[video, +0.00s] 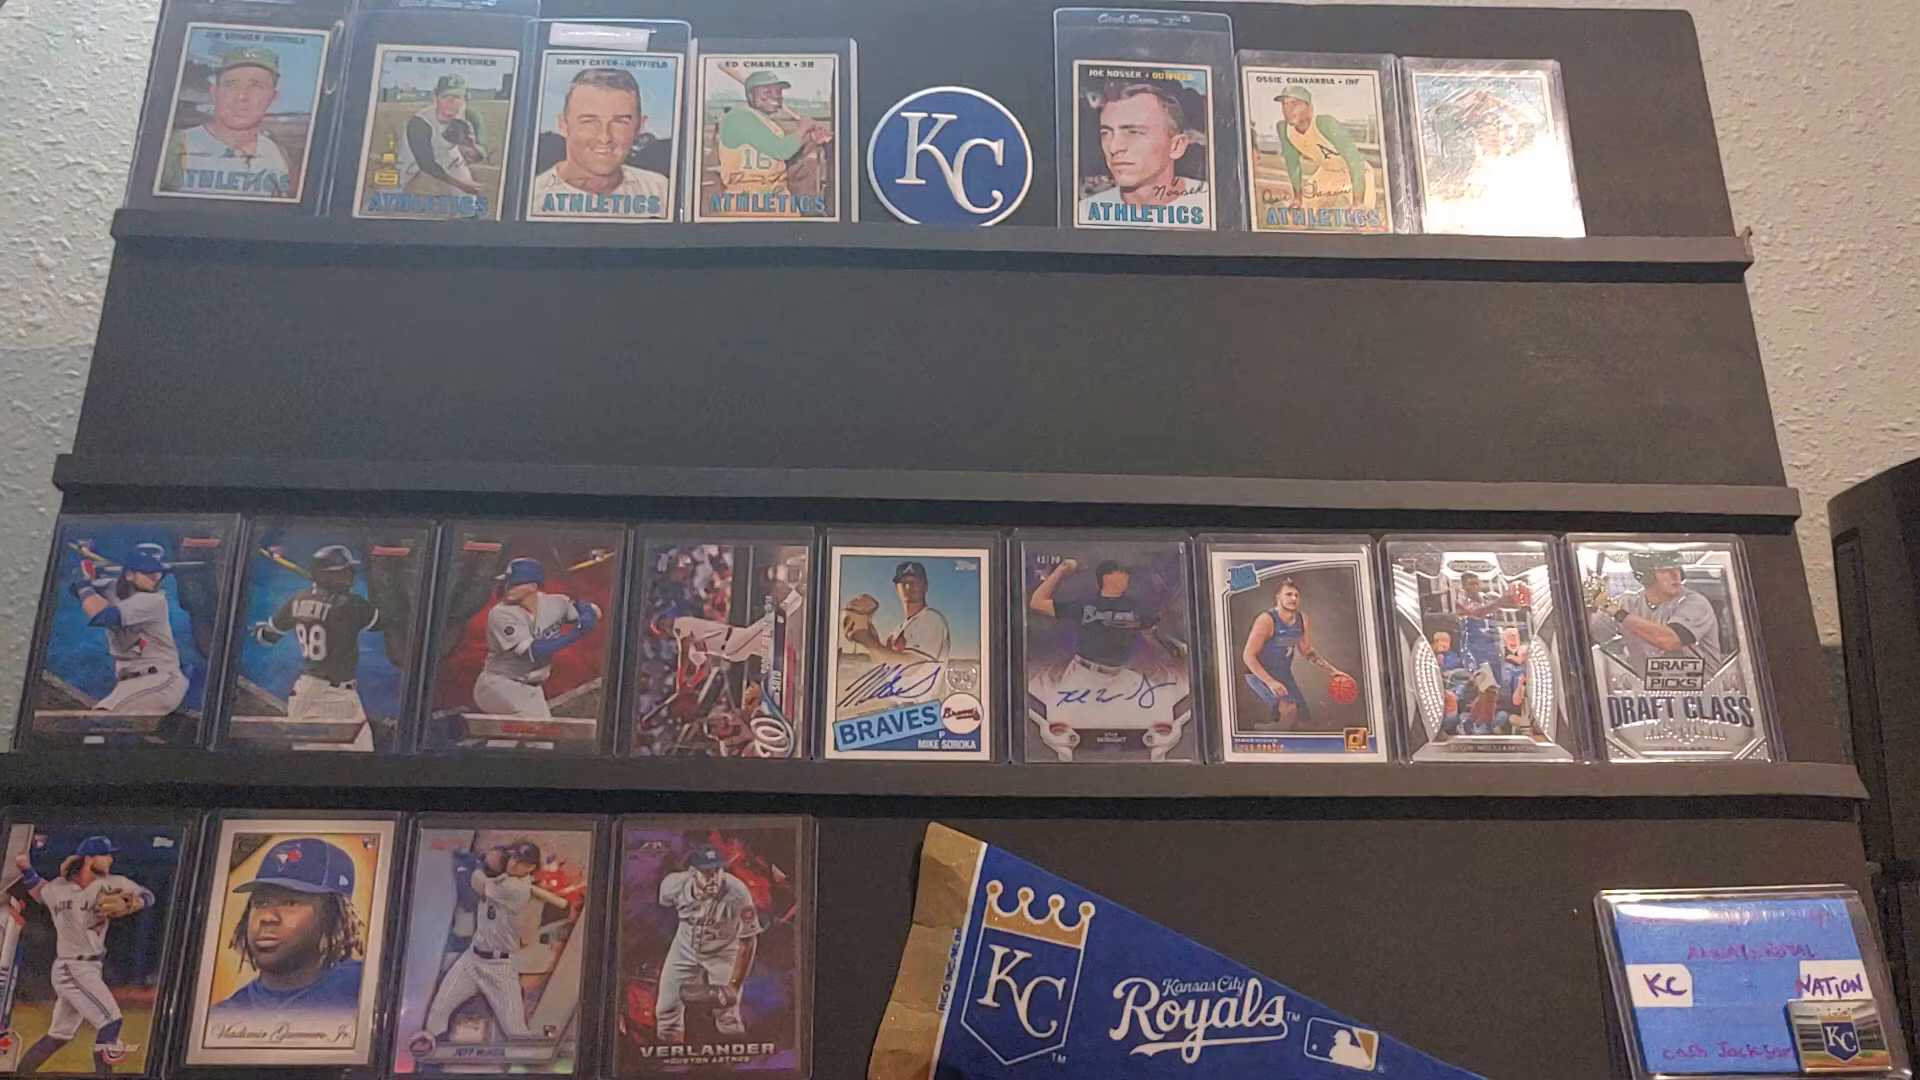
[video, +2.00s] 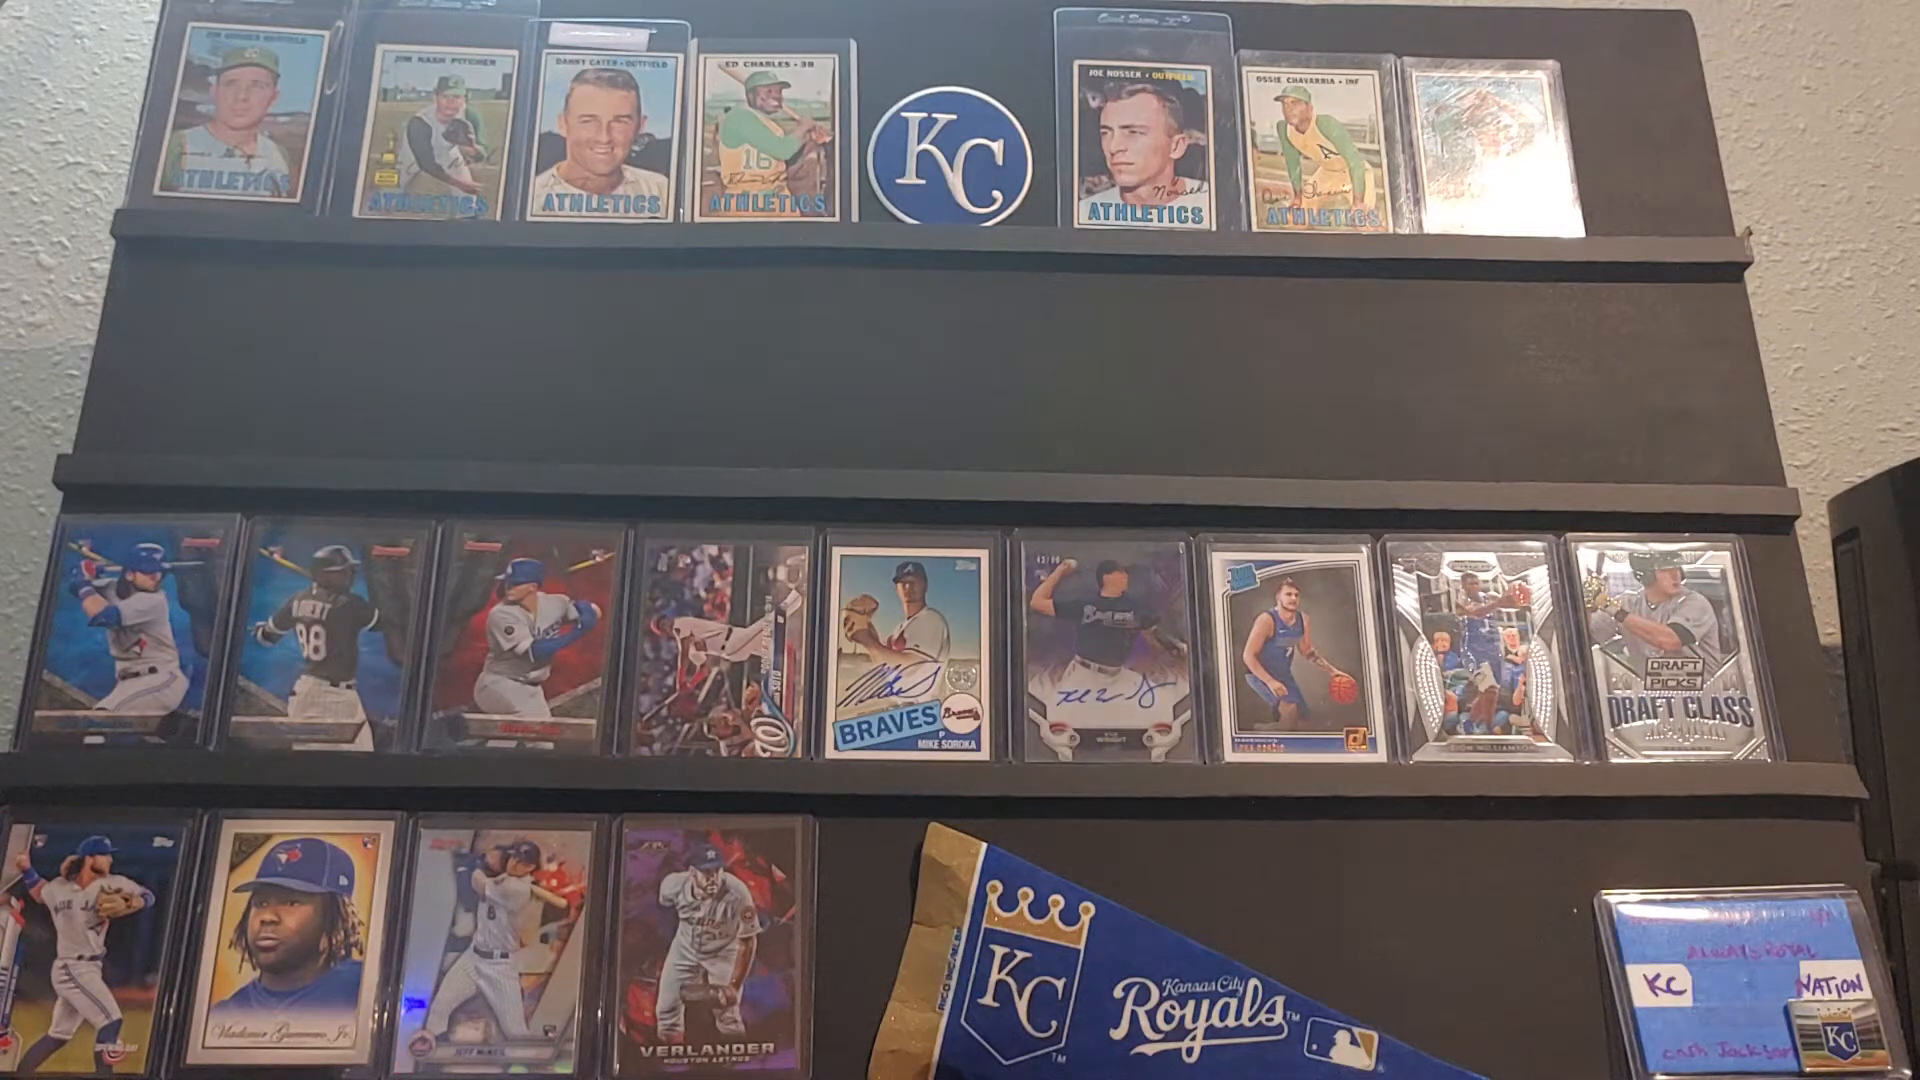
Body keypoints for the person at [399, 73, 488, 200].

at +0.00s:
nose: (451, 103)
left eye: (457, 98)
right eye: (446, 97)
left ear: (464, 100)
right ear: (436, 98)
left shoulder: (470, 116)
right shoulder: (419, 122)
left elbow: (482, 149)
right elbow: (427, 166)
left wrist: (471, 152)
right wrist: (462, 186)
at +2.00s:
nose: (451, 102)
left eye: (457, 97)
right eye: (445, 96)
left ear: (464, 100)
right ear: (436, 97)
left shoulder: (468, 116)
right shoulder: (419, 123)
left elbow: (481, 153)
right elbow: (428, 166)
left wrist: (470, 150)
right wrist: (462, 185)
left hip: (454, 164)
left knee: (469, 192)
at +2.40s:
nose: (451, 102)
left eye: (456, 97)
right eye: (445, 97)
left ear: (464, 100)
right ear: (436, 98)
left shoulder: (467, 117)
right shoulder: (419, 123)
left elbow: (481, 154)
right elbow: (428, 166)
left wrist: (469, 150)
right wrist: (462, 185)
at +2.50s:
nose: (451, 102)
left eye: (457, 97)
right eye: (445, 96)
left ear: (464, 100)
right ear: (436, 97)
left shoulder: (467, 117)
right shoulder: (419, 123)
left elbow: (481, 154)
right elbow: (428, 166)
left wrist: (469, 150)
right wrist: (462, 185)